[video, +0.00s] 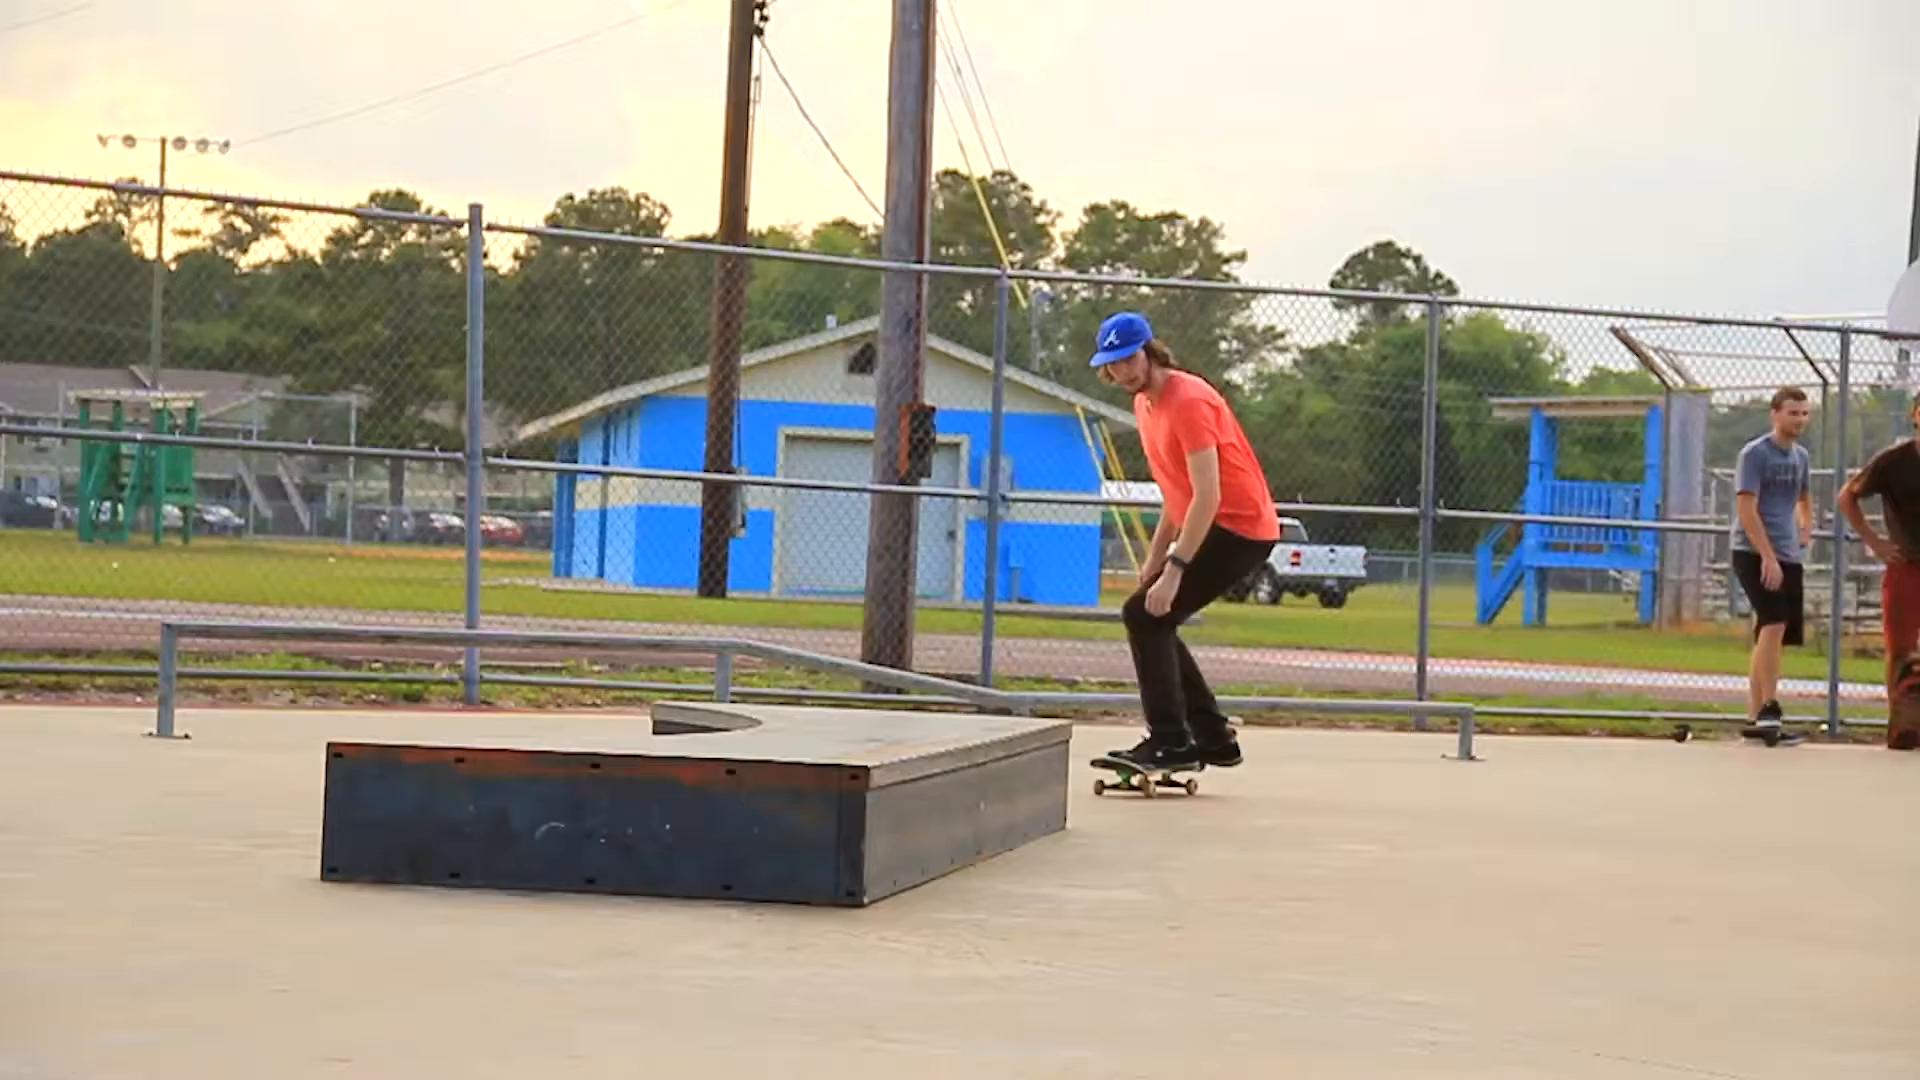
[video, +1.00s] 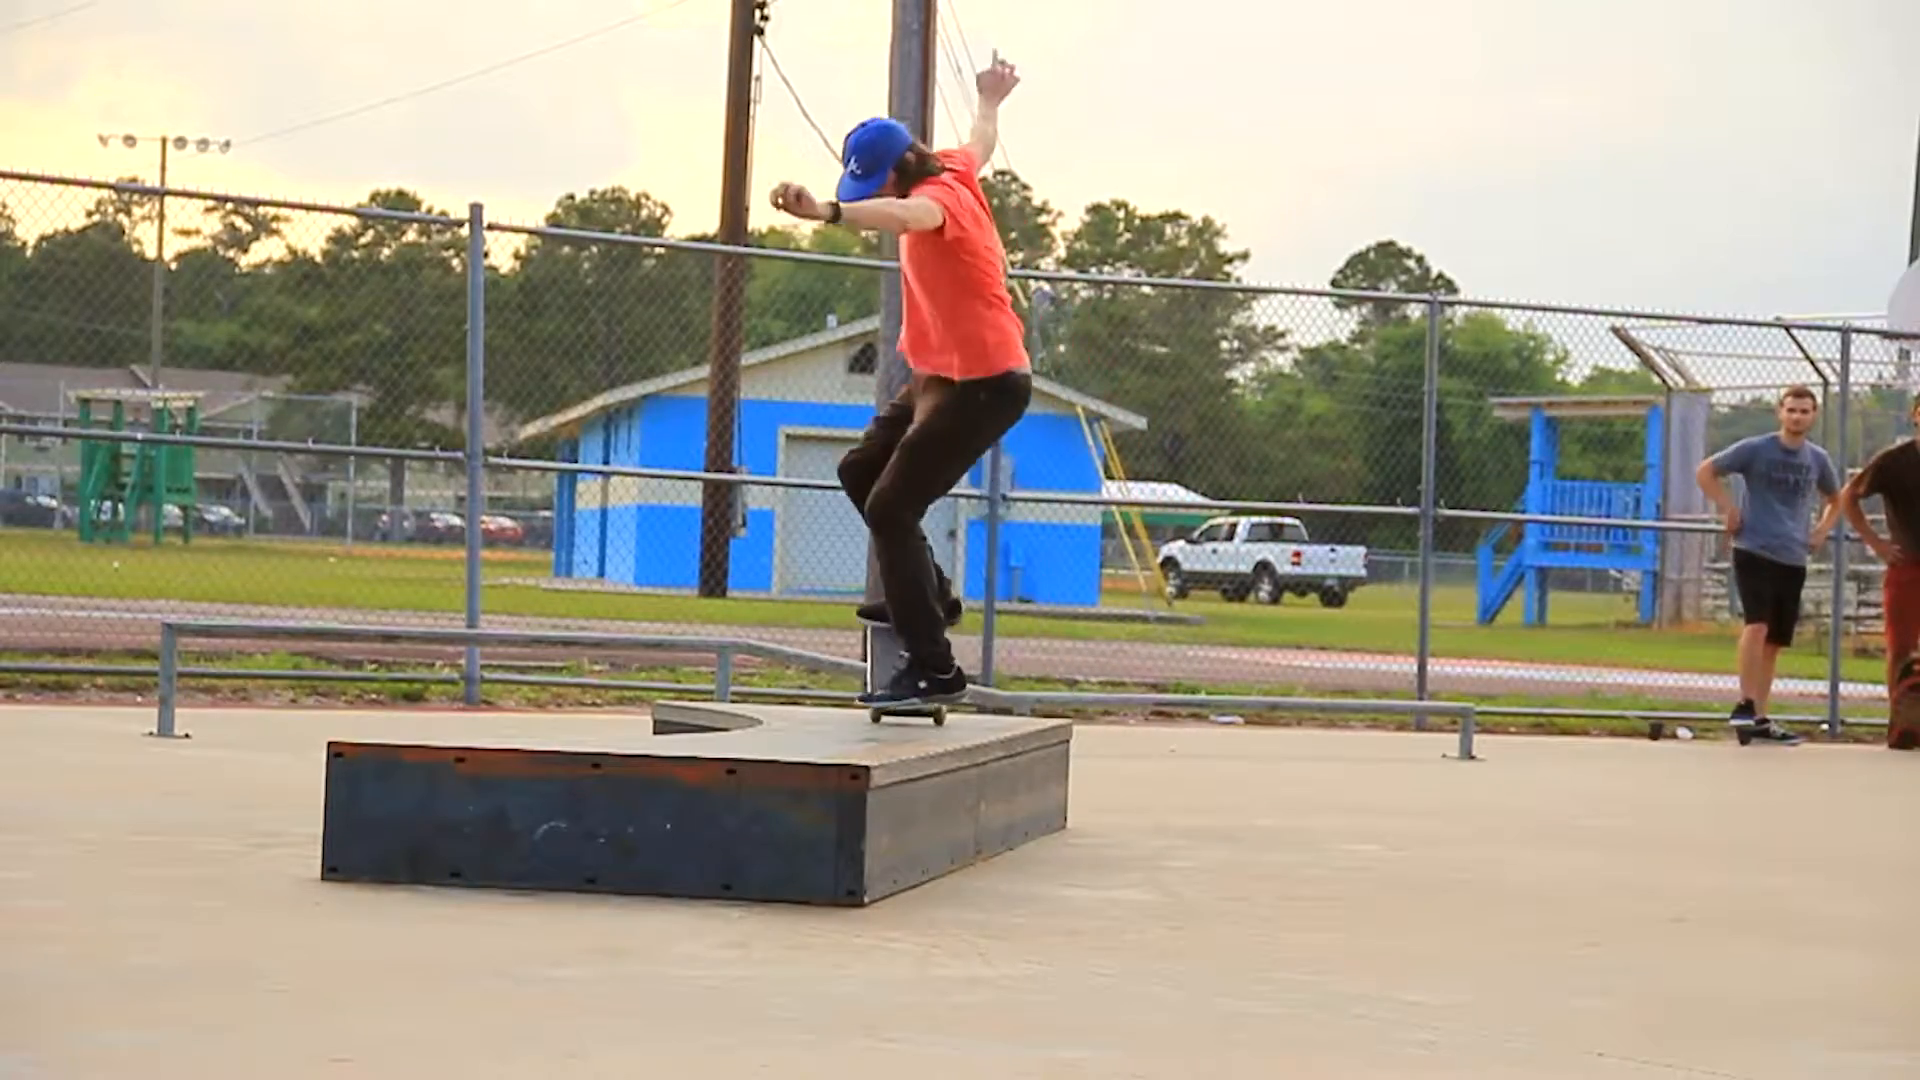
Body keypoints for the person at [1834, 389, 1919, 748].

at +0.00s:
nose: (1919, 420)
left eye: (1919, 413)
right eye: (1919, 414)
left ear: (1915, 416)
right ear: (1914, 416)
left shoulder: (1900, 457)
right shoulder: (1899, 458)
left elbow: (1847, 497)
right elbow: (1847, 496)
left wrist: (1873, 542)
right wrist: (1873, 541)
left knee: (1905, 650)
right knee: (1901, 650)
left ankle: (1906, 728)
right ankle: (1902, 728)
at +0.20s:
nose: (1918, 420)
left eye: (1916, 413)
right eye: (1917, 413)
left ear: (1914, 416)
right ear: (1913, 416)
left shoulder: (1901, 457)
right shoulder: (1900, 457)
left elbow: (1847, 497)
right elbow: (1847, 496)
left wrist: (1873, 541)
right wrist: (1873, 541)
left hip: (1909, 569)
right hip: (1906, 567)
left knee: (1905, 650)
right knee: (1901, 650)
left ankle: (1905, 727)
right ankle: (1901, 726)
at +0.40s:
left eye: (1919, 413)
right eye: (1919, 413)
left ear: (1915, 417)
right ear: (1914, 416)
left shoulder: (1901, 457)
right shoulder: (1900, 457)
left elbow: (1847, 497)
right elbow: (1847, 496)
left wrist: (1873, 541)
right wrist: (1873, 541)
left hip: (1910, 568)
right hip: (1906, 566)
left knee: (1905, 648)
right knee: (1902, 648)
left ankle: (1906, 724)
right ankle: (1901, 724)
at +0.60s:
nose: (1919, 419)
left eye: (1917, 413)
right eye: (1918, 413)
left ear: (1913, 417)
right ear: (1914, 417)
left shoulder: (1901, 456)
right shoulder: (1900, 457)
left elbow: (1847, 498)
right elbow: (1847, 497)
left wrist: (1874, 541)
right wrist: (1874, 542)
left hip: (1909, 568)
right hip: (1906, 566)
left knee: (1905, 648)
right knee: (1902, 648)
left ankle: (1905, 726)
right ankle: (1901, 725)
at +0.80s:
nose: (1919, 420)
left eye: (1919, 414)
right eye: (1919, 414)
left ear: (1914, 417)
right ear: (1914, 417)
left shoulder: (1900, 457)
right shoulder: (1899, 458)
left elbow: (1849, 496)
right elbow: (1848, 496)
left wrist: (1876, 543)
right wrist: (1875, 543)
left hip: (1909, 569)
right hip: (1907, 567)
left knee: (1904, 650)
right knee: (1902, 650)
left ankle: (1905, 727)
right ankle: (1901, 726)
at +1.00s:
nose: (1919, 419)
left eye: (1919, 413)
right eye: (1919, 413)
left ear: (1914, 416)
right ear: (1914, 416)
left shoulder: (1900, 457)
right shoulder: (1899, 458)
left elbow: (1849, 496)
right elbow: (1849, 496)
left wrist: (1876, 543)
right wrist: (1875, 543)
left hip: (1909, 569)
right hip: (1907, 567)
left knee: (1904, 650)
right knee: (1902, 650)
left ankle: (1905, 727)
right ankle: (1902, 726)